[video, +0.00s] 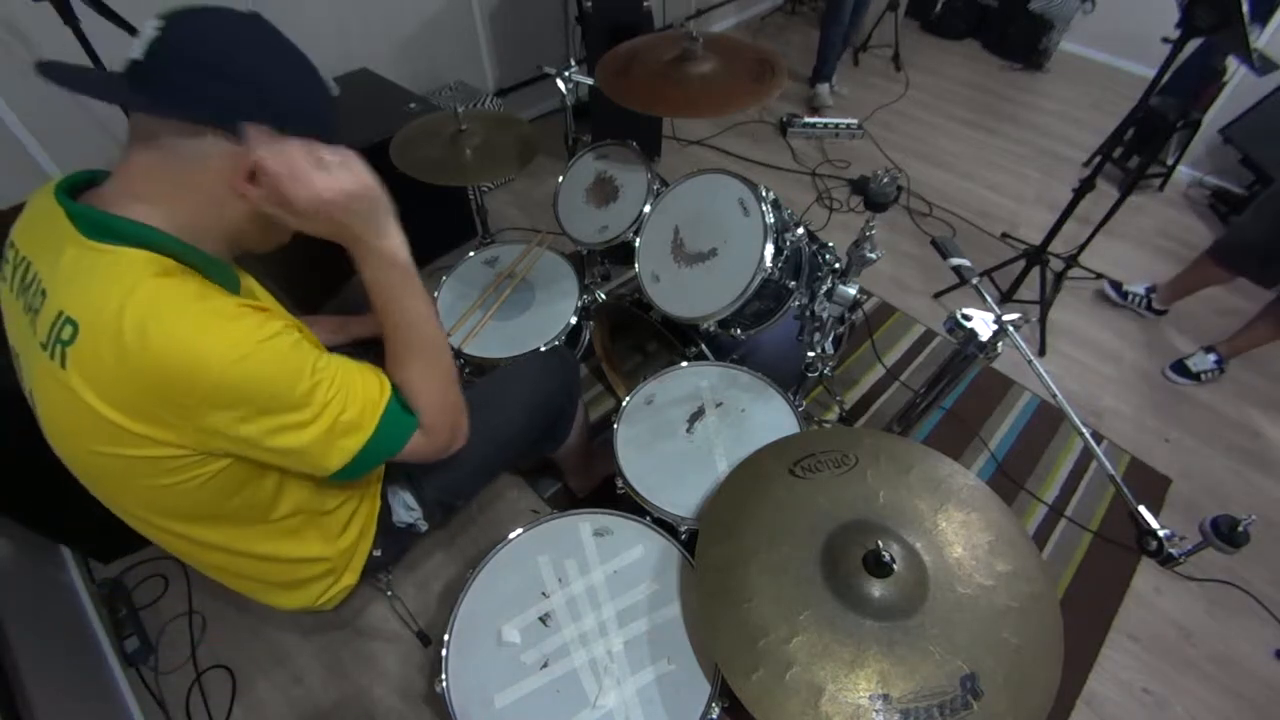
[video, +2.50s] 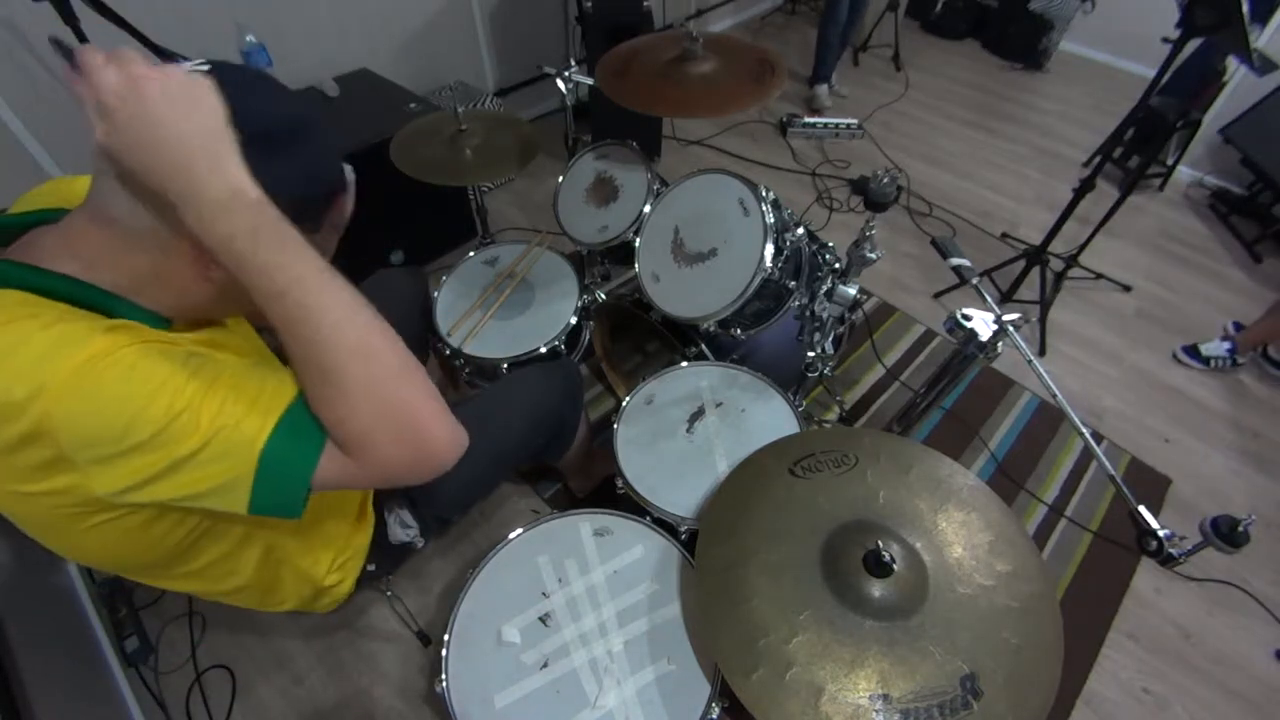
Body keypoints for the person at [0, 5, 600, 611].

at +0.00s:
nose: (308, 189)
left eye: (313, 165)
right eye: (303, 164)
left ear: (146, 128)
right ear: (255, 169)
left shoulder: (51, 217)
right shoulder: (198, 344)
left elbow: (224, 335)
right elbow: (440, 429)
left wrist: (376, 322)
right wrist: (375, 236)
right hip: (334, 532)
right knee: (552, 366)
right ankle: (583, 472)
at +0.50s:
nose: (313, 224)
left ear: (184, 131)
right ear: (285, 203)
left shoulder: (70, 217)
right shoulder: (182, 334)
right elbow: (481, 379)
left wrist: (362, 330)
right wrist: (325, 190)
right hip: (335, 528)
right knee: (553, 379)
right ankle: (584, 469)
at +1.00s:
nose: (285, 163)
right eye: (286, 150)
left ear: (125, 119)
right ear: (271, 174)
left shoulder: (35, 231)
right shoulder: (202, 356)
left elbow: (187, 334)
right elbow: (434, 442)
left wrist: (340, 318)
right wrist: (436, 234)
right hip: (338, 533)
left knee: (437, 313)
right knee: (556, 367)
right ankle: (582, 473)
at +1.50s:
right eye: (248, 125)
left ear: (45, 135)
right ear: (239, 156)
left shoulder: (20, 243)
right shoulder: (237, 382)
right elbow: (361, 550)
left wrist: (230, 309)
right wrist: (384, 380)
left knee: (372, 250)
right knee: (553, 365)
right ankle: (581, 467)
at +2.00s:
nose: (249, 207)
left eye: (248, 188)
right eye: (240, 194)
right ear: (193, 230)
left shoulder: (21, 233)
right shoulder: (157, 422)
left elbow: (191, 292)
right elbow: (384, 527)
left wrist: (266, 240)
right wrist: (414, 298)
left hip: (265, 385)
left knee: (406, 324)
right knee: (552, 376)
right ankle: (582, 467)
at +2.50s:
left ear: (123, 180)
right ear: (215, 258)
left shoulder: (51, 209)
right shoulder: (85, 396)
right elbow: (422, 441)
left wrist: (315, 244)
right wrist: (218, 193)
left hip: (243, 377)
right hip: (334, 519)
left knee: (414, 285)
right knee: (555, 382)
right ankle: (580, 468)